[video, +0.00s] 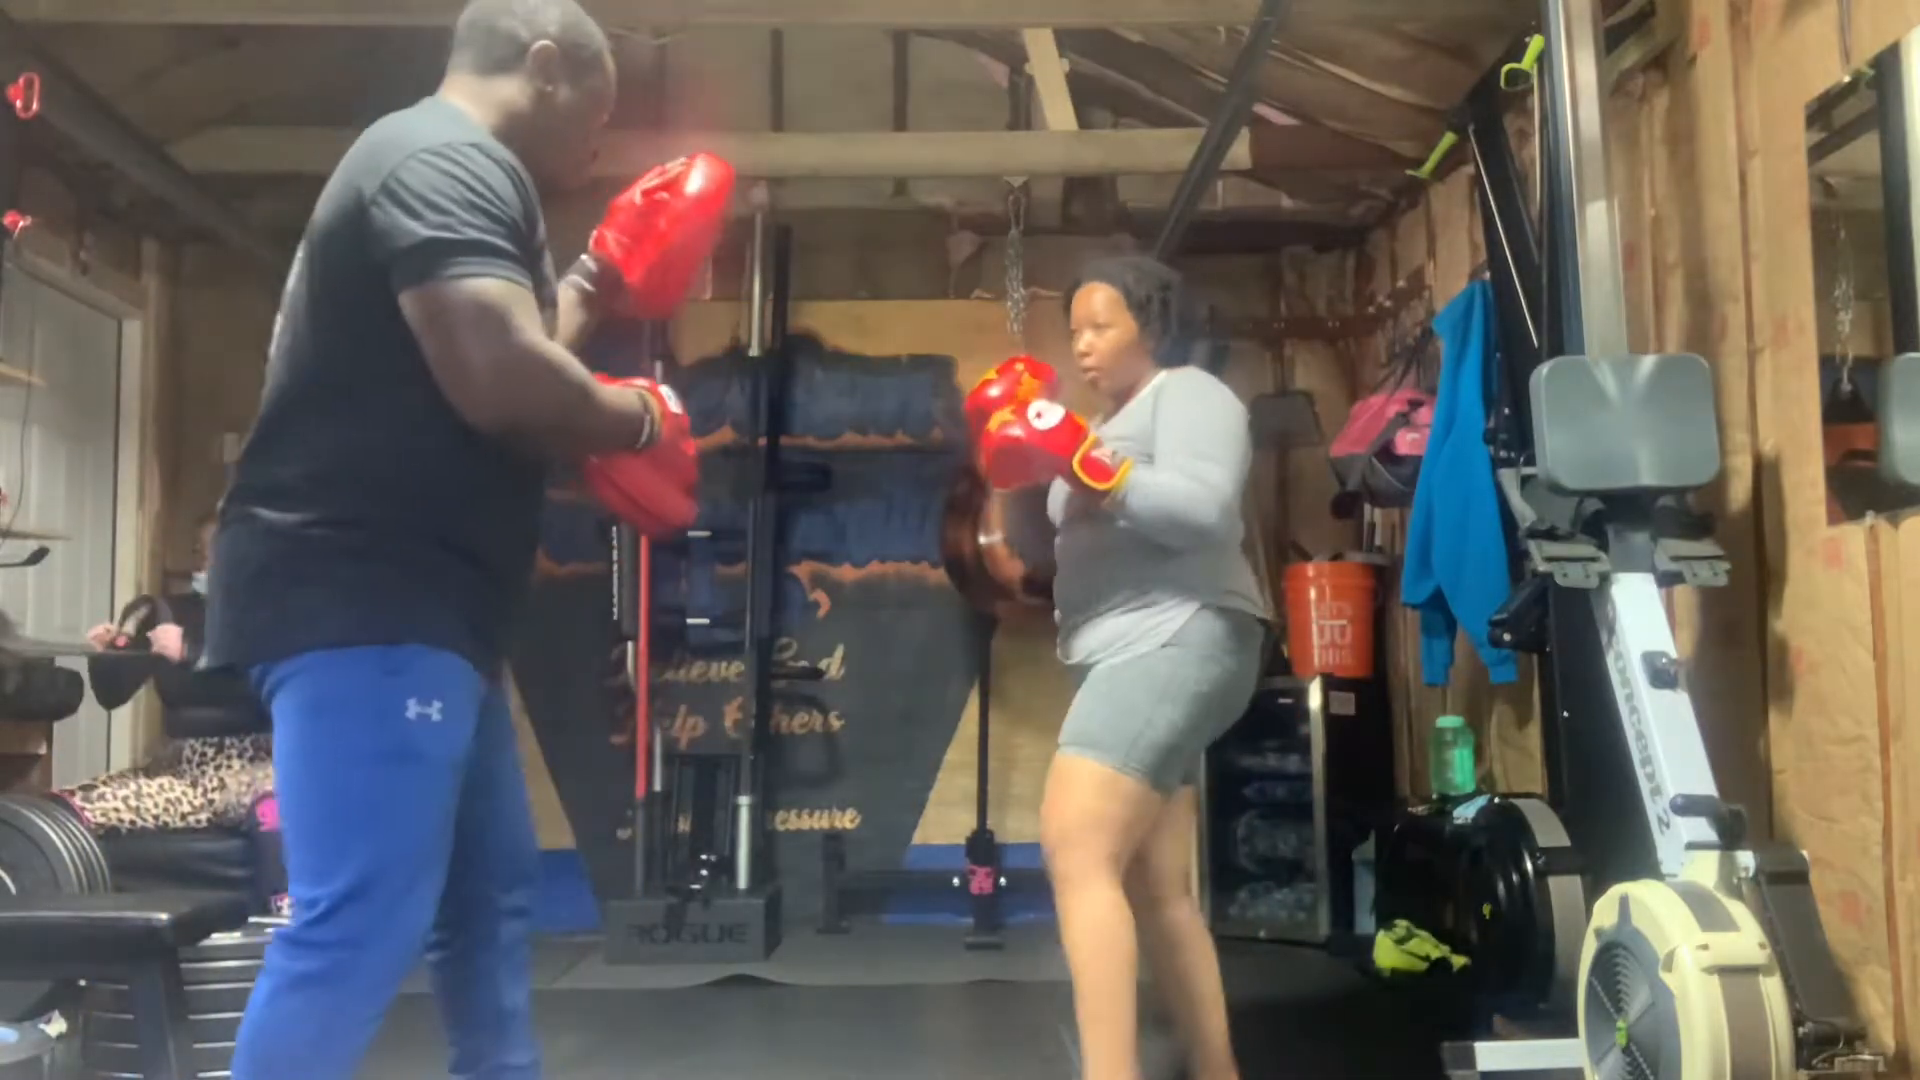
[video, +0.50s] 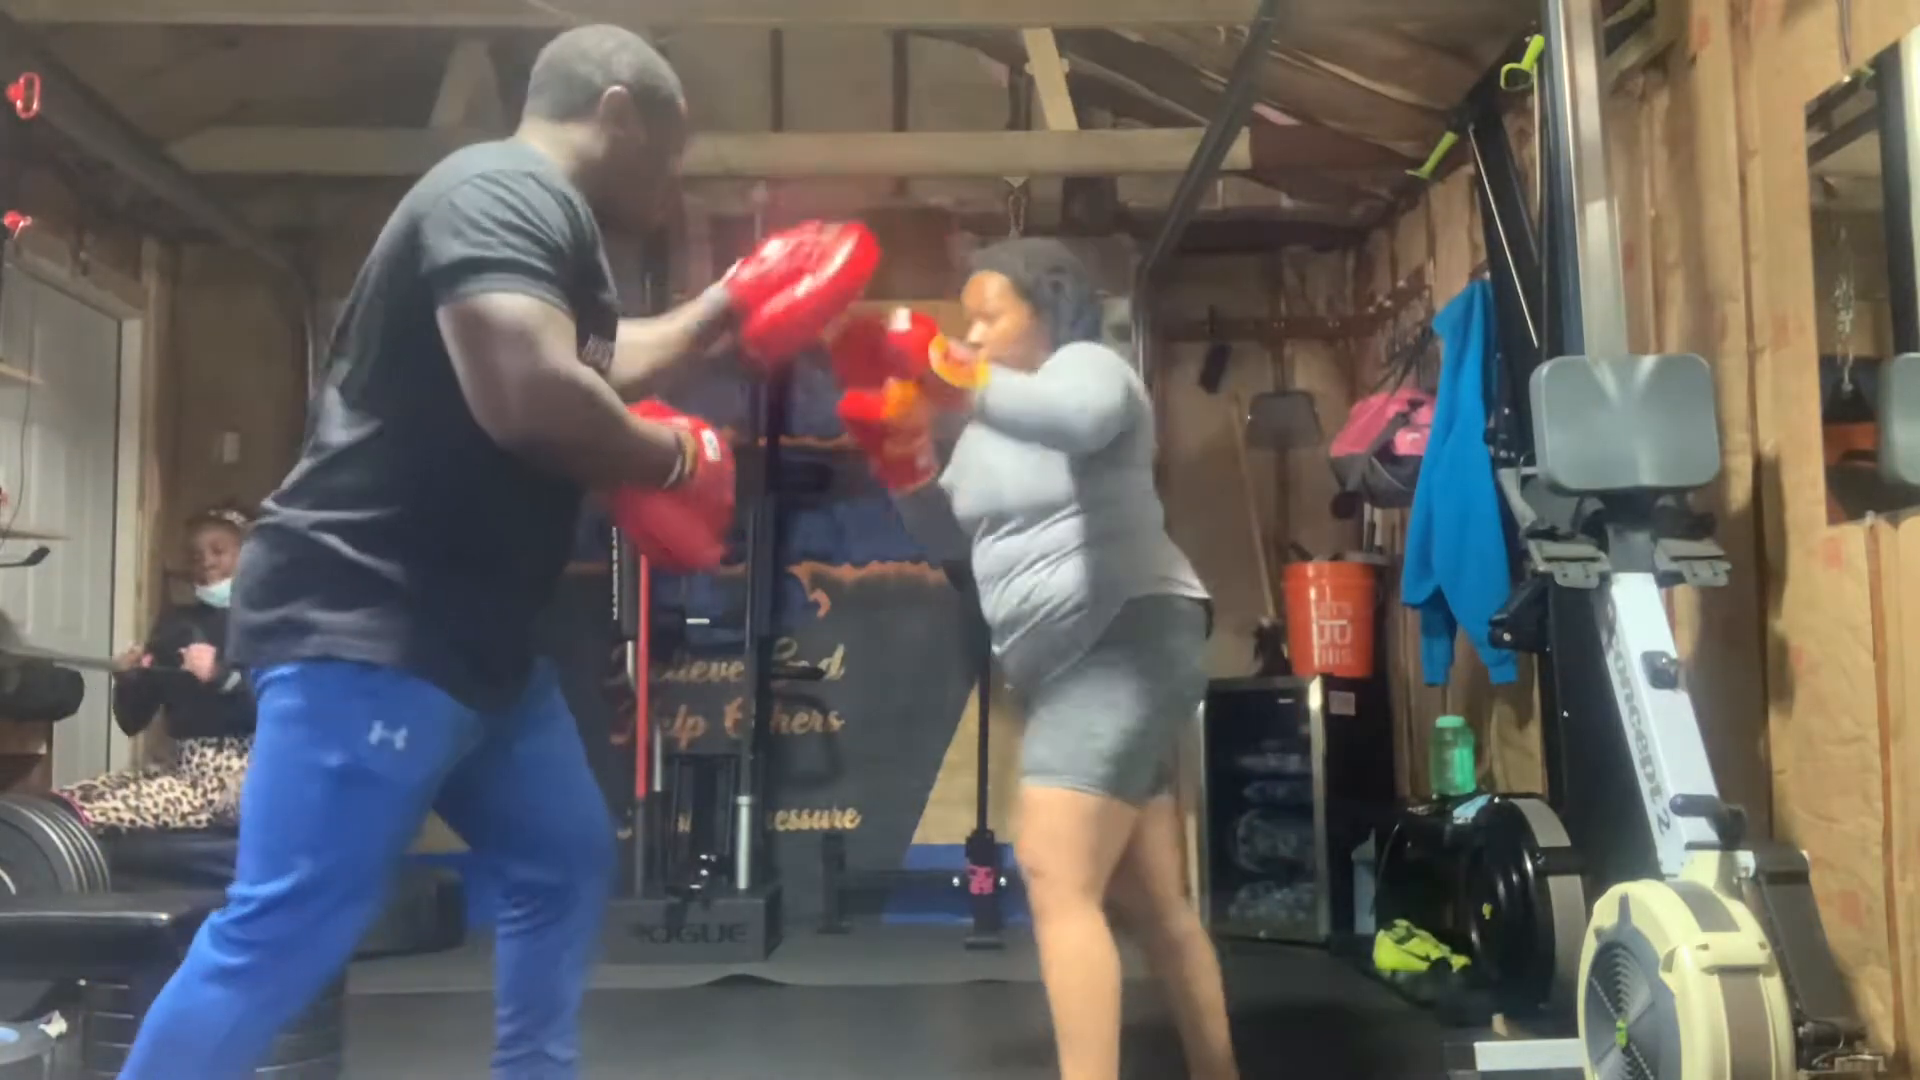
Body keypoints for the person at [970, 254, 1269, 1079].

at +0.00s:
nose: (1080, 346)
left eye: (1098, 328)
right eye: (1076, 331)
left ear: (1151, 329)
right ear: (1076, 340)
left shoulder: (1193, 394)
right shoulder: (1085, 428)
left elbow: (1204, 502)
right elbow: (1032, 548)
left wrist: (1097, 470)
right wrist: (1014, 453)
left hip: (1186, 629)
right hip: (1119, 646)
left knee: (1078, 836)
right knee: (1160, 888)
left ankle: (1108, 1073)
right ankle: (1217, 1072)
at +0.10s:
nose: (1073, 358)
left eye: (1090, 338)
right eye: (1068, 342)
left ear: (1142, 339)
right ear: (1067, 351)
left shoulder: (1190, 407)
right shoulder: (1090, 445)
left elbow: (1202, 529)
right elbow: (1036, 553)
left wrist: (1088, 488)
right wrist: (1013, 474)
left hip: (1169, 642)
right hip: (1115, 656)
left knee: (1074, 869)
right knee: (1147, 898)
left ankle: (1088, 1073)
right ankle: (1214, 1071)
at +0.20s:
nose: (1060, 349)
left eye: (1077, 330)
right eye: (1055, 333)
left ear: (1132, 333)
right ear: (1057, 340)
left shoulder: (1175, 399)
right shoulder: (1073, 430)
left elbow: (1182, 511)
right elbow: (1021, 548)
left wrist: (1081, 472)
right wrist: (1001, 478)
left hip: (1152, 638)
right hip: (1101, 652)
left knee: (1067, 880)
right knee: (1146, 898)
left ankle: (1086, 1074)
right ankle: (1214, 1071)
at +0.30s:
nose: (1038, 330)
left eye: (1054, 313)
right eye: (1033, 317)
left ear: (1106, 312)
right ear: (1031, 330)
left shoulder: (1142, 374)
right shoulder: (1040, 419)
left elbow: (1143, 447)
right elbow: (1016, 548)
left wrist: (1052, 387)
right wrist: (981, 456)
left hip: (1133, 627)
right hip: (1101, 636)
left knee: (1085, 888)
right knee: (1169, 900)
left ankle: (1093, 1075)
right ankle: (1216, 1071)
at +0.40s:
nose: (1010, 325)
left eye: (1028, 305)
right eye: (1005, 310)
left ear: (1084, 302)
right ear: (1001, 319)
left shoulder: (1118, 361)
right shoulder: (1029, 415)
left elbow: (1077, 379)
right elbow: (997, 541)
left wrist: (976, 328)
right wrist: (950, 456)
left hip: (1127, 626)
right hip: (1106, 634)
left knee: (1091, 885)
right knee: (1178, 898)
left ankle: (1096, 1073)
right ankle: (1219, 1072)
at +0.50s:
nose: (972, 337)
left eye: (989, 317)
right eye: (967, 321)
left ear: (1049, 312)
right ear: (968, 332)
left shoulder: (1089, 363)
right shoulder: (983, 421)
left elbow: (1091, 415)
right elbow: (948, 536)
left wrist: (971, 384)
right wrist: (904, 471)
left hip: (1128, 629)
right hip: (1063, 656)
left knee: (1058, 874)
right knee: (1156, 906)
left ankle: (1088, 1074)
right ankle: (1218, 1073)